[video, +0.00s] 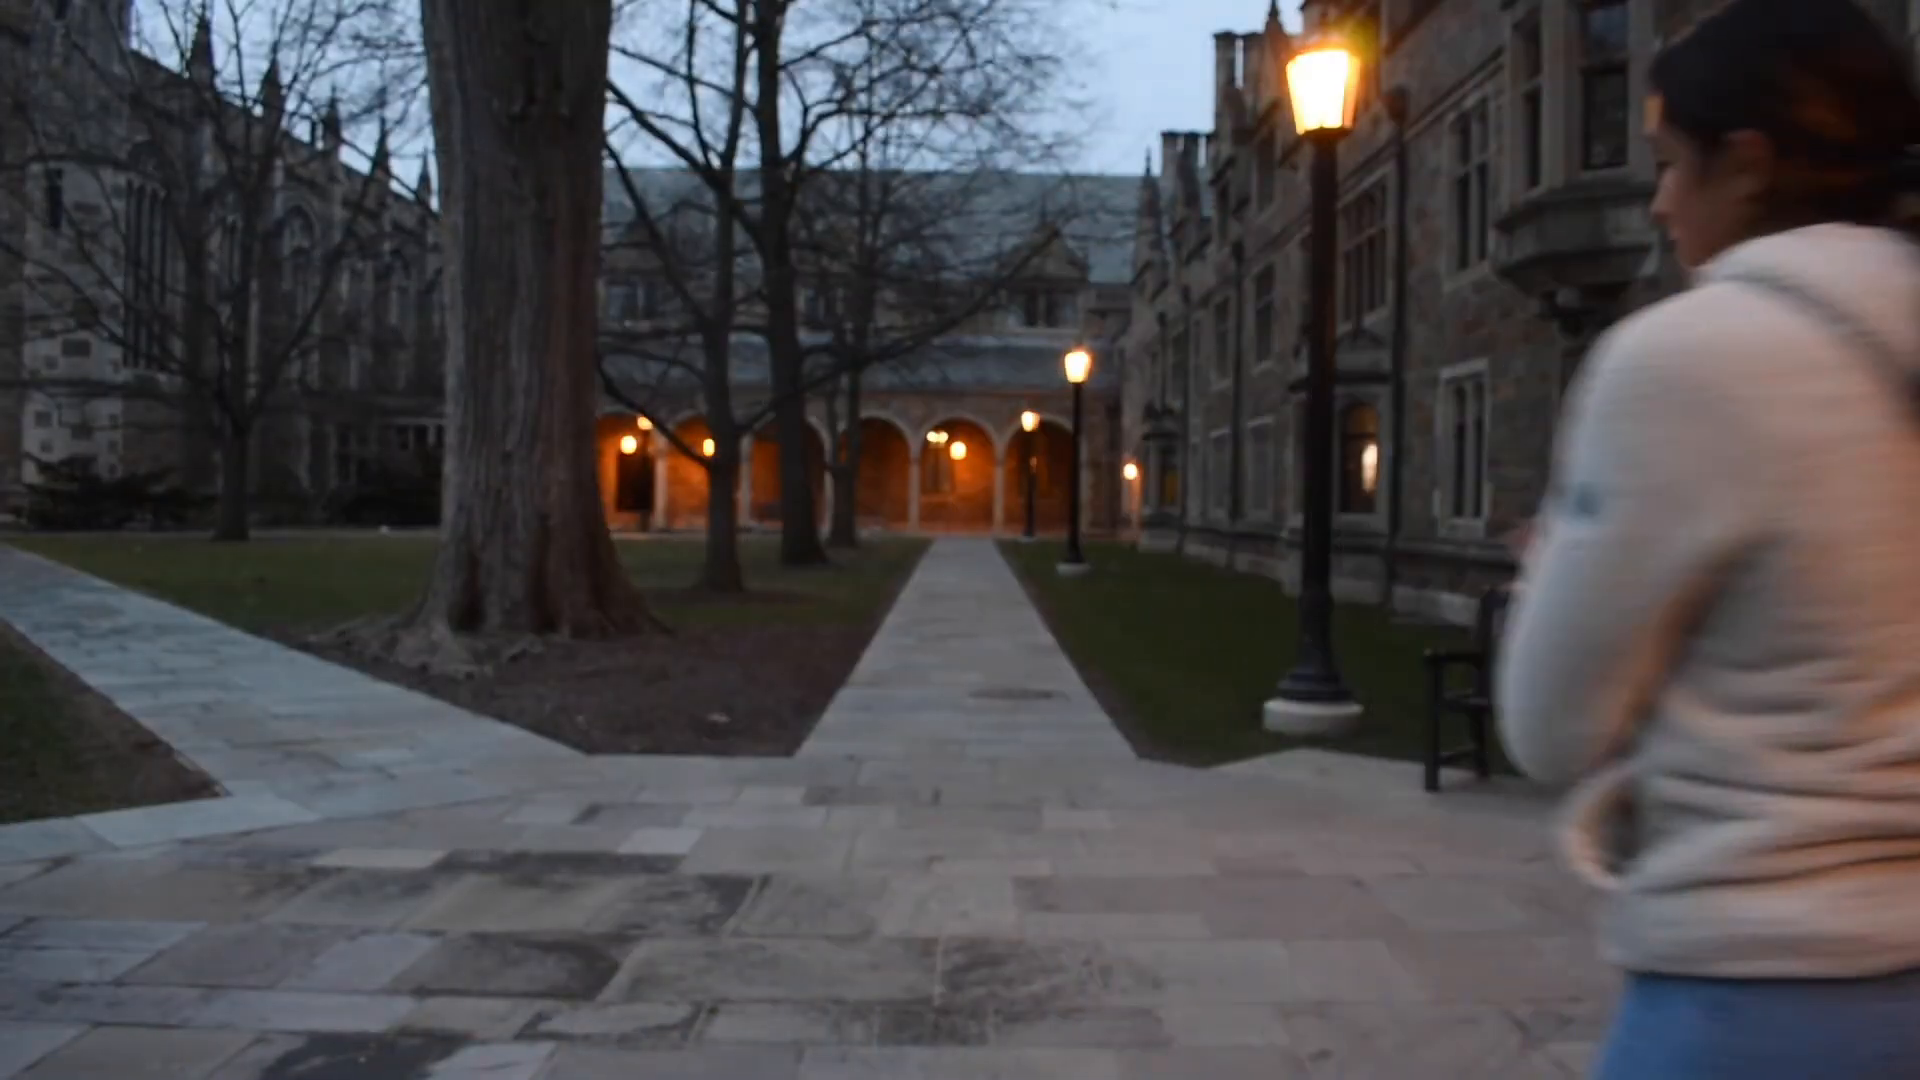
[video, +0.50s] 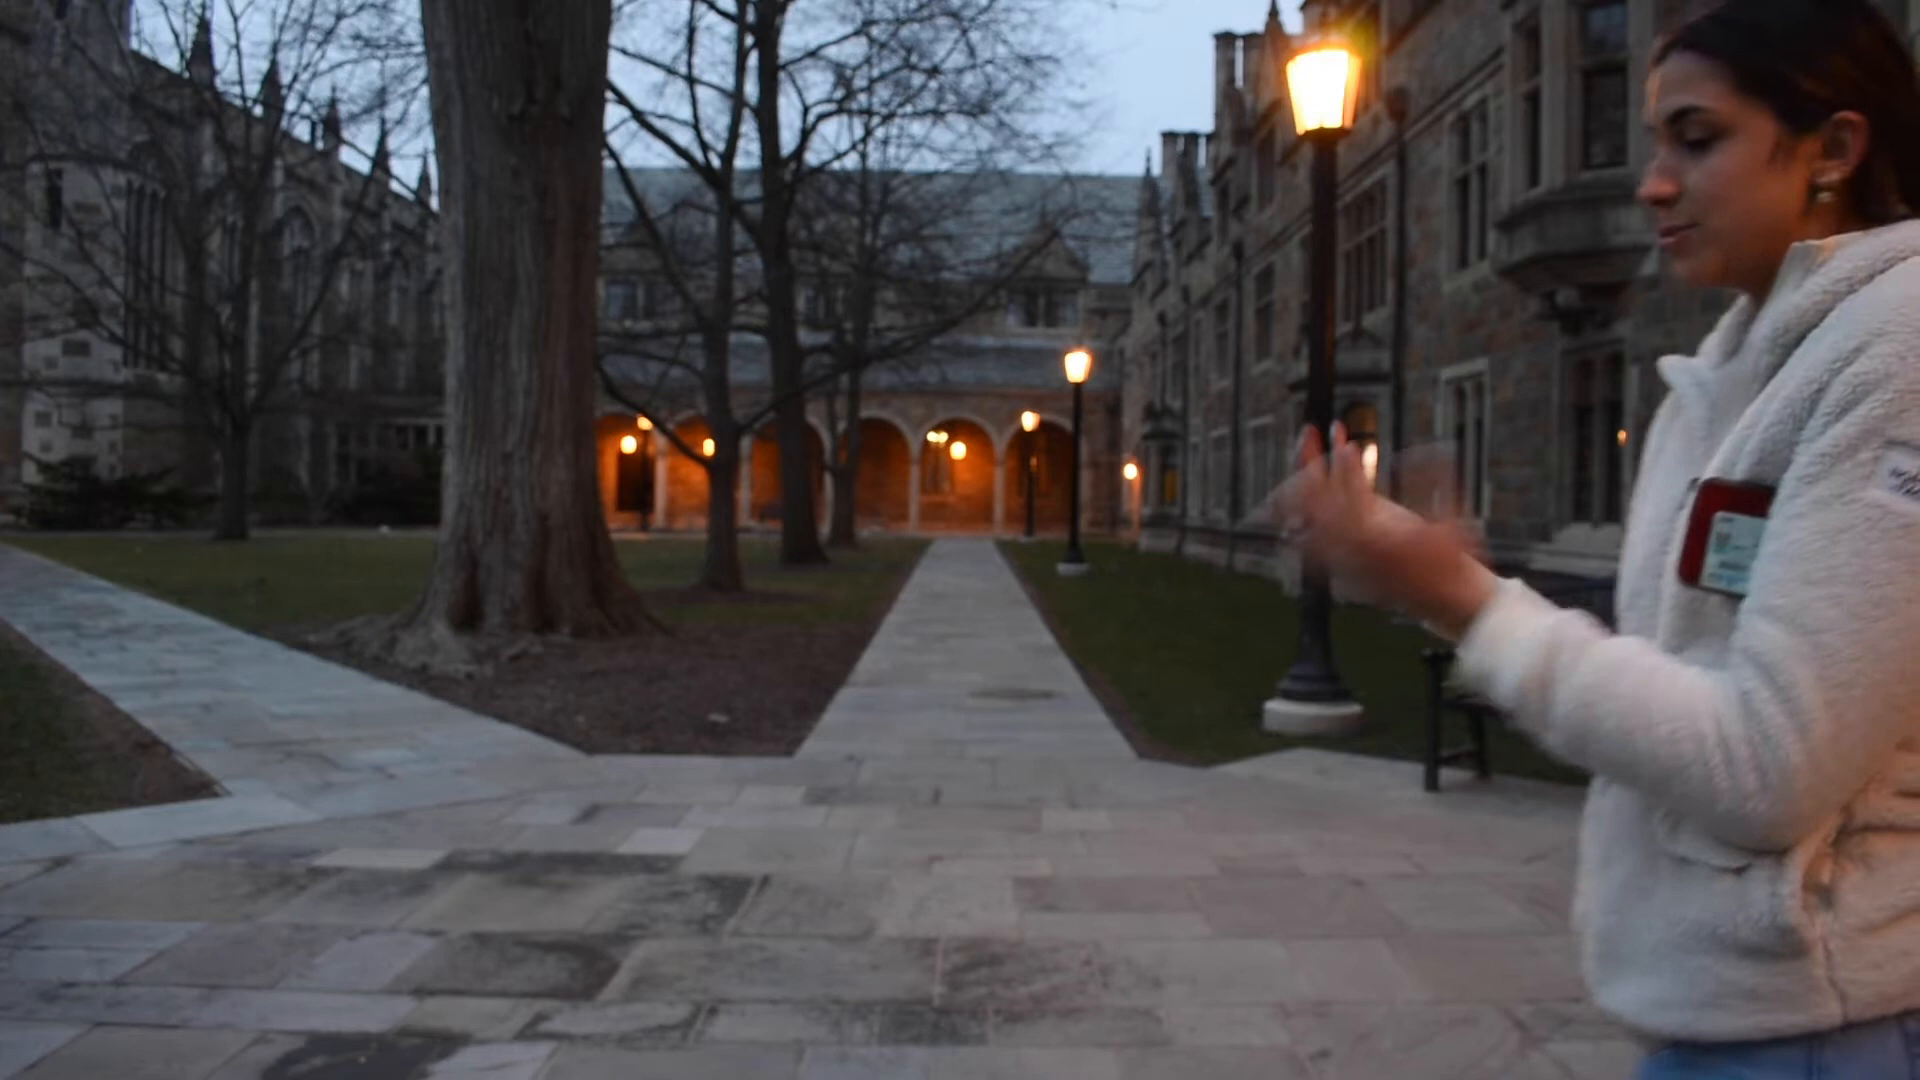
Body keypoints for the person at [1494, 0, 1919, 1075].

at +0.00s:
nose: (1656, 203)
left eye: (1666, 164)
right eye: (1655, 167)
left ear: (1749, 161)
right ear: (1861, 153)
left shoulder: (1692, 357)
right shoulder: (1898, 310)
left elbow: (1547, 728)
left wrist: (1551, 567)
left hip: (1760, 991)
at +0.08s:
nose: (1673, 202)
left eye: (1693, 160)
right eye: (1678, 162)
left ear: (1799, 161)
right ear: (1803, 161)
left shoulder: (1785, 345)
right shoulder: (1887, 312)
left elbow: (1595, 741)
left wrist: (1601, 588)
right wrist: (1594, 583)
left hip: (1808, 998)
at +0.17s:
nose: (1683, 195)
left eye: (1711, 150)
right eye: (1688, 153)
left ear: (1831, 158)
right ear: (1833, 163)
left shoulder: (1840, 331)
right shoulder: (1878, 312)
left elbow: (1648, 750)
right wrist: (1554, 601)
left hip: (1831, 1009)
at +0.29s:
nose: (1684, 185)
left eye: (1724, 137)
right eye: (1691, 145)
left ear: (1859, 147)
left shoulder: (1884, 332)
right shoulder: (1835, 331)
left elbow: (1734, 757)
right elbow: (1711, 668)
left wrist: (1629, 650)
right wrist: (1493, 598)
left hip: (1856, 1021)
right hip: (1814, 1013)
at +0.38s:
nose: (1680, 182)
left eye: (1722, 137)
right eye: (1682, 144)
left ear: (1856, 146)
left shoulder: (1896, 350)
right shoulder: (1786, 346)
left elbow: (1772, 757)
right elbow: (1708, 668)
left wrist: (1557, 635)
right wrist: (1461, 588)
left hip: (1843, 1025)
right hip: (1775, 1009)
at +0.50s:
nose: (1650, 183)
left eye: (1696, 137)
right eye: (1654, 144)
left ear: (1833, 149)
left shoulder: (1898, 353)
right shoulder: (1732, 367)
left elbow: (1767, 770)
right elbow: (1692, 688)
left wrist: (1466, 602)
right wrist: (1460, 586)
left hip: (1824, 1034)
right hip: (1714, 1019)